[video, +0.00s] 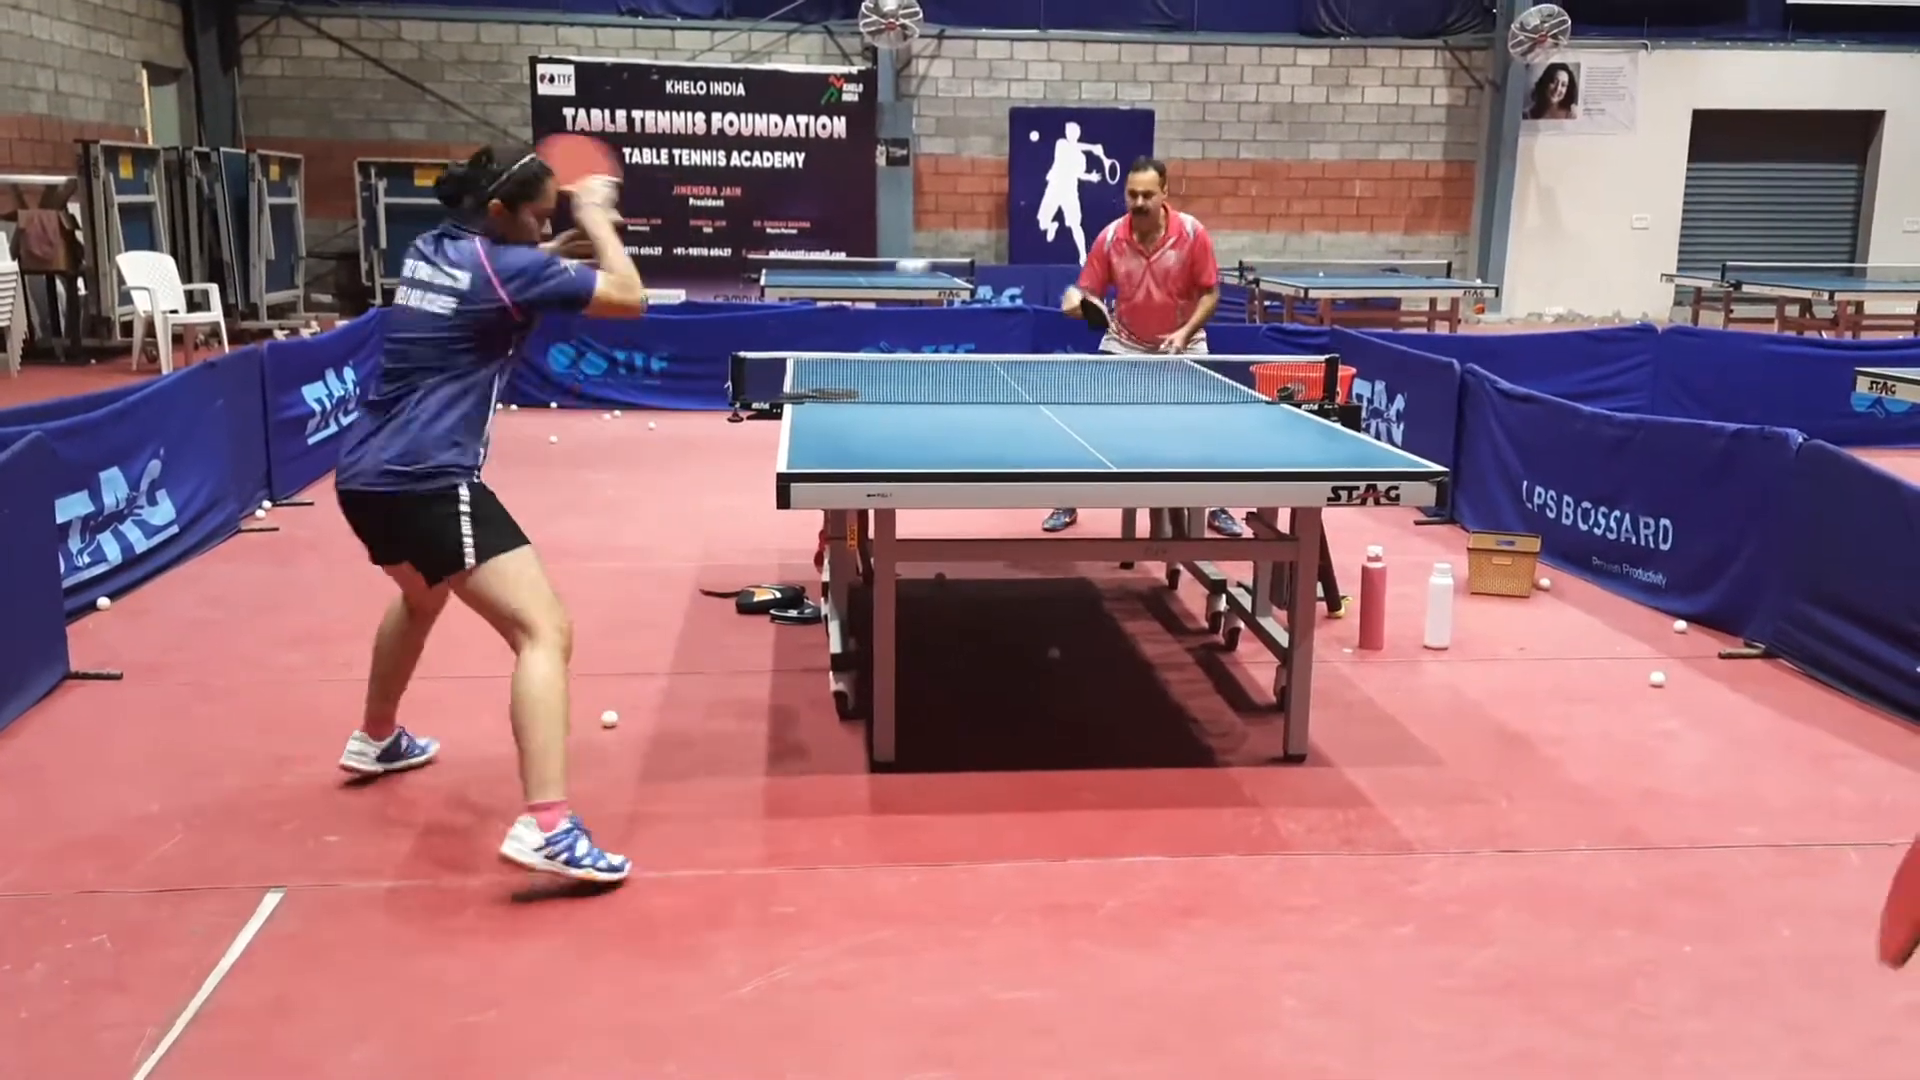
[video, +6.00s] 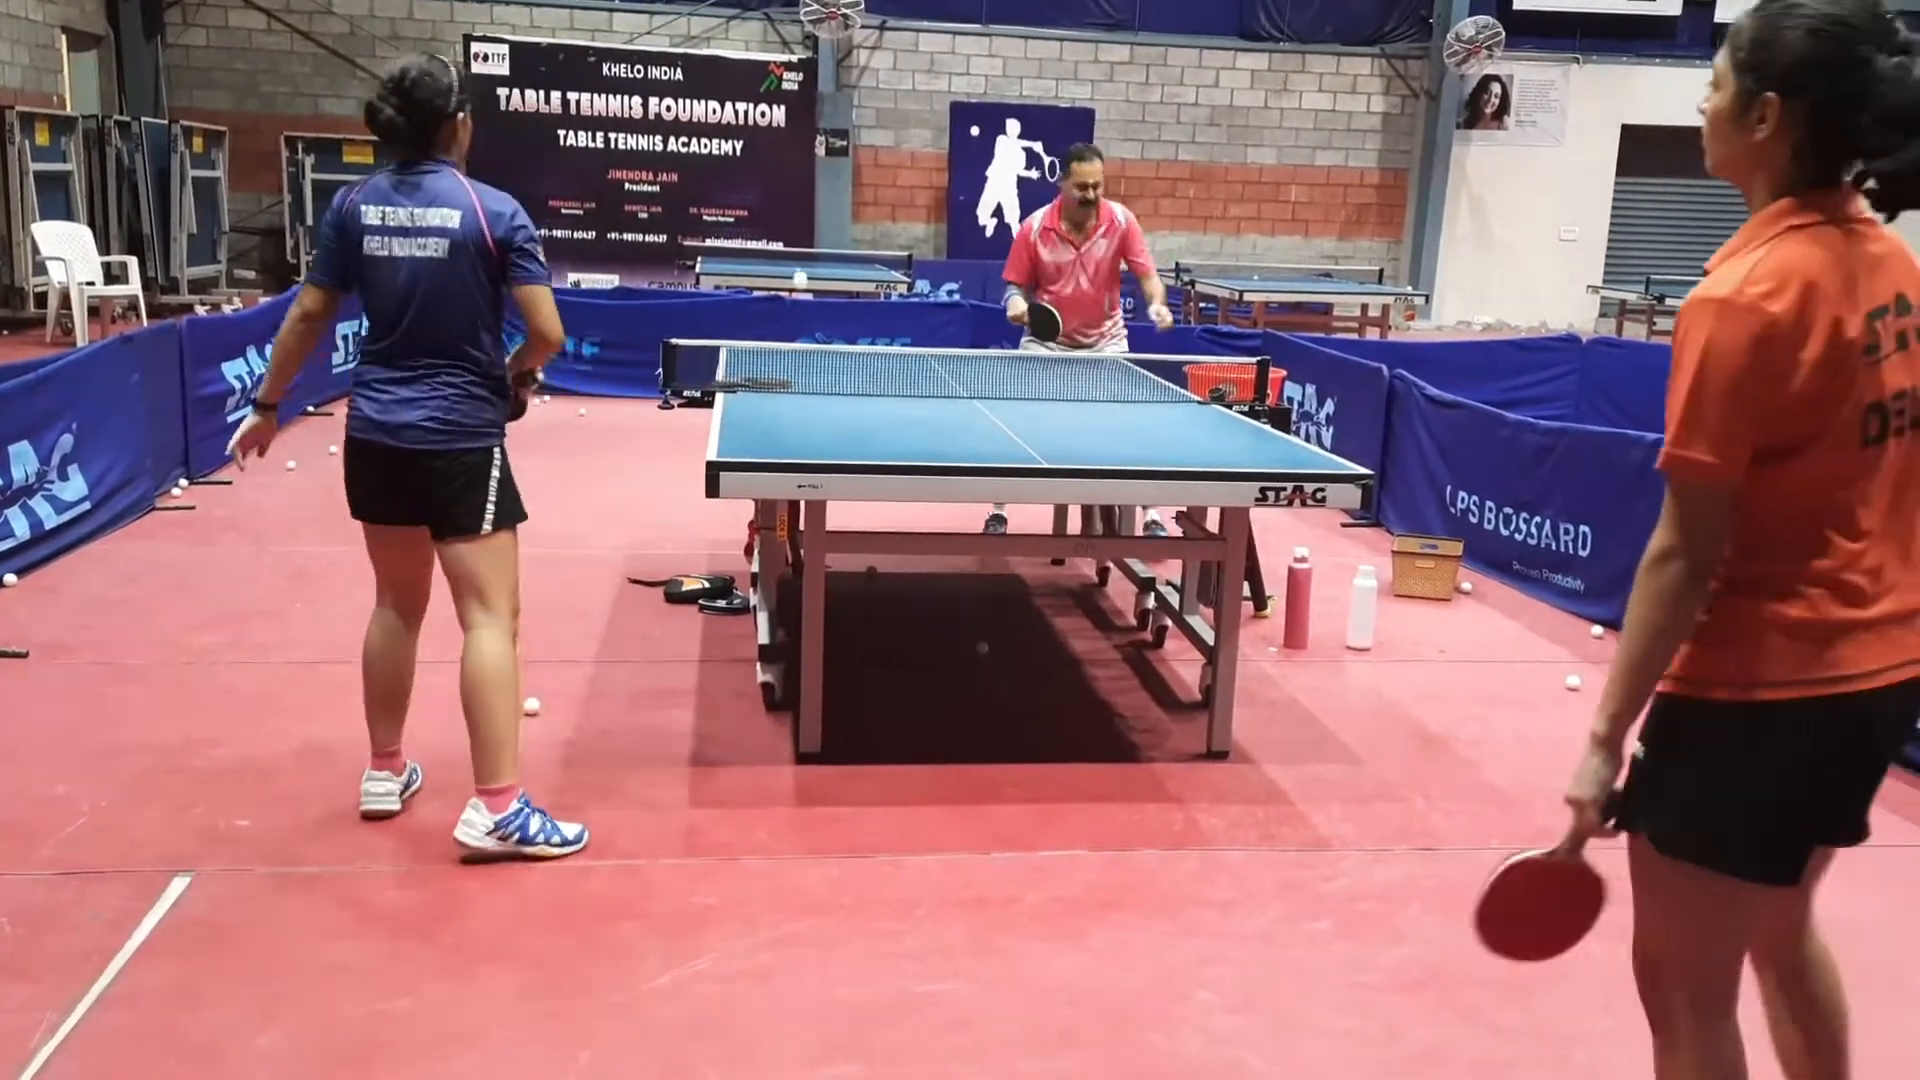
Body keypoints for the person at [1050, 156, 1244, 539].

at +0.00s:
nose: (1139, 202)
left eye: (1147, 195)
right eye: (1133, 195)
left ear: (1164, 194)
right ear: (1126, 195)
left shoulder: (1192, 233)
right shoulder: (1110, 237)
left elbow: (1211, 293)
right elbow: (1087, 290)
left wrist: (1184, 333)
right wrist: (1076, 302)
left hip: (1182, 343)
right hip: (1123, 342)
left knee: (1204, 419)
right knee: (1086, 413)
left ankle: (1213, 504)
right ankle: (1066, 502)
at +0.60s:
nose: (1181, 207)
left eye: (1189, 200)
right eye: (1173, 199)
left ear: (1202, 199)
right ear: (1162, 196)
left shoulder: (1218, 240)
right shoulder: (1139, 239)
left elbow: (1222, 296)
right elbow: (1115, 300)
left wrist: (1215, 334)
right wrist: (1135, 318)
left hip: (1191, 355)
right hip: (1132, 352)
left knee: (1209, 429)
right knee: (1100, 423)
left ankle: (1219, 513)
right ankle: (1071, 509)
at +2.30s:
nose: (1135, 217)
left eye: (1143, 209)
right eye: (1128, 209)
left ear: (1158, 209)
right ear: (1118, 208)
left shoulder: (1181, 252)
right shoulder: (1099, 253)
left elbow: (1197, 309)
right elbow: (1081, 308)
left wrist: (1181, 341)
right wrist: (1089, 324)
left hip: (1163, 368)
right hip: (1104, 365)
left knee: (1195, 437)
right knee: (1065, 430)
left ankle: (1212, 522)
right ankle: (1042, 515)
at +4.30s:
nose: (1116, 189)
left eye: (1124, 182)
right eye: (1109, 181)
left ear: (1137, 185)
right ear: (1098, 184)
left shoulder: (1155, 234)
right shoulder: (1078, 233)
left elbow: (1159, 292)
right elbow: (1060, 297)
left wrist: (1139, 341)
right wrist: (1070, 287)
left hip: (1130, 353)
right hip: (1070, 350)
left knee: (1151, 431)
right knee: (1035, 418)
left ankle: (1182, 512)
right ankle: (1013, 504)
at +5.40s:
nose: (1106, 192)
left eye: (1115, 184)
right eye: (1100, 183)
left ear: (1131, 187)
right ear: (1092, 184)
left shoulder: (1153, 233)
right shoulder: (1071, 231)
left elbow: (1166, 296)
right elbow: (1055, 289)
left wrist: (1133, 329)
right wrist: (1042, 294)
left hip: (1129, 351)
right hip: (1069, 344)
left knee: (1159, 423)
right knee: (1032, 413)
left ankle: (1174, 508)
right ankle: (1016, 498)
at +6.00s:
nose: (1091, 195)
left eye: (1097, 186)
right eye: (1082, 187)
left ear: (1104, 182)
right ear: (1062, 183)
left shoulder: (1120, 220)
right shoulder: (1035, 229)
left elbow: (1148, 275)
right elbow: (1014, 284)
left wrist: (1157, 303)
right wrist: (1015, 302)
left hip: (1106, 340)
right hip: (1046, 341)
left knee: (1127, 422)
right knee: (1019, 415)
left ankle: (1148, 512)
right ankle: (998, 508)